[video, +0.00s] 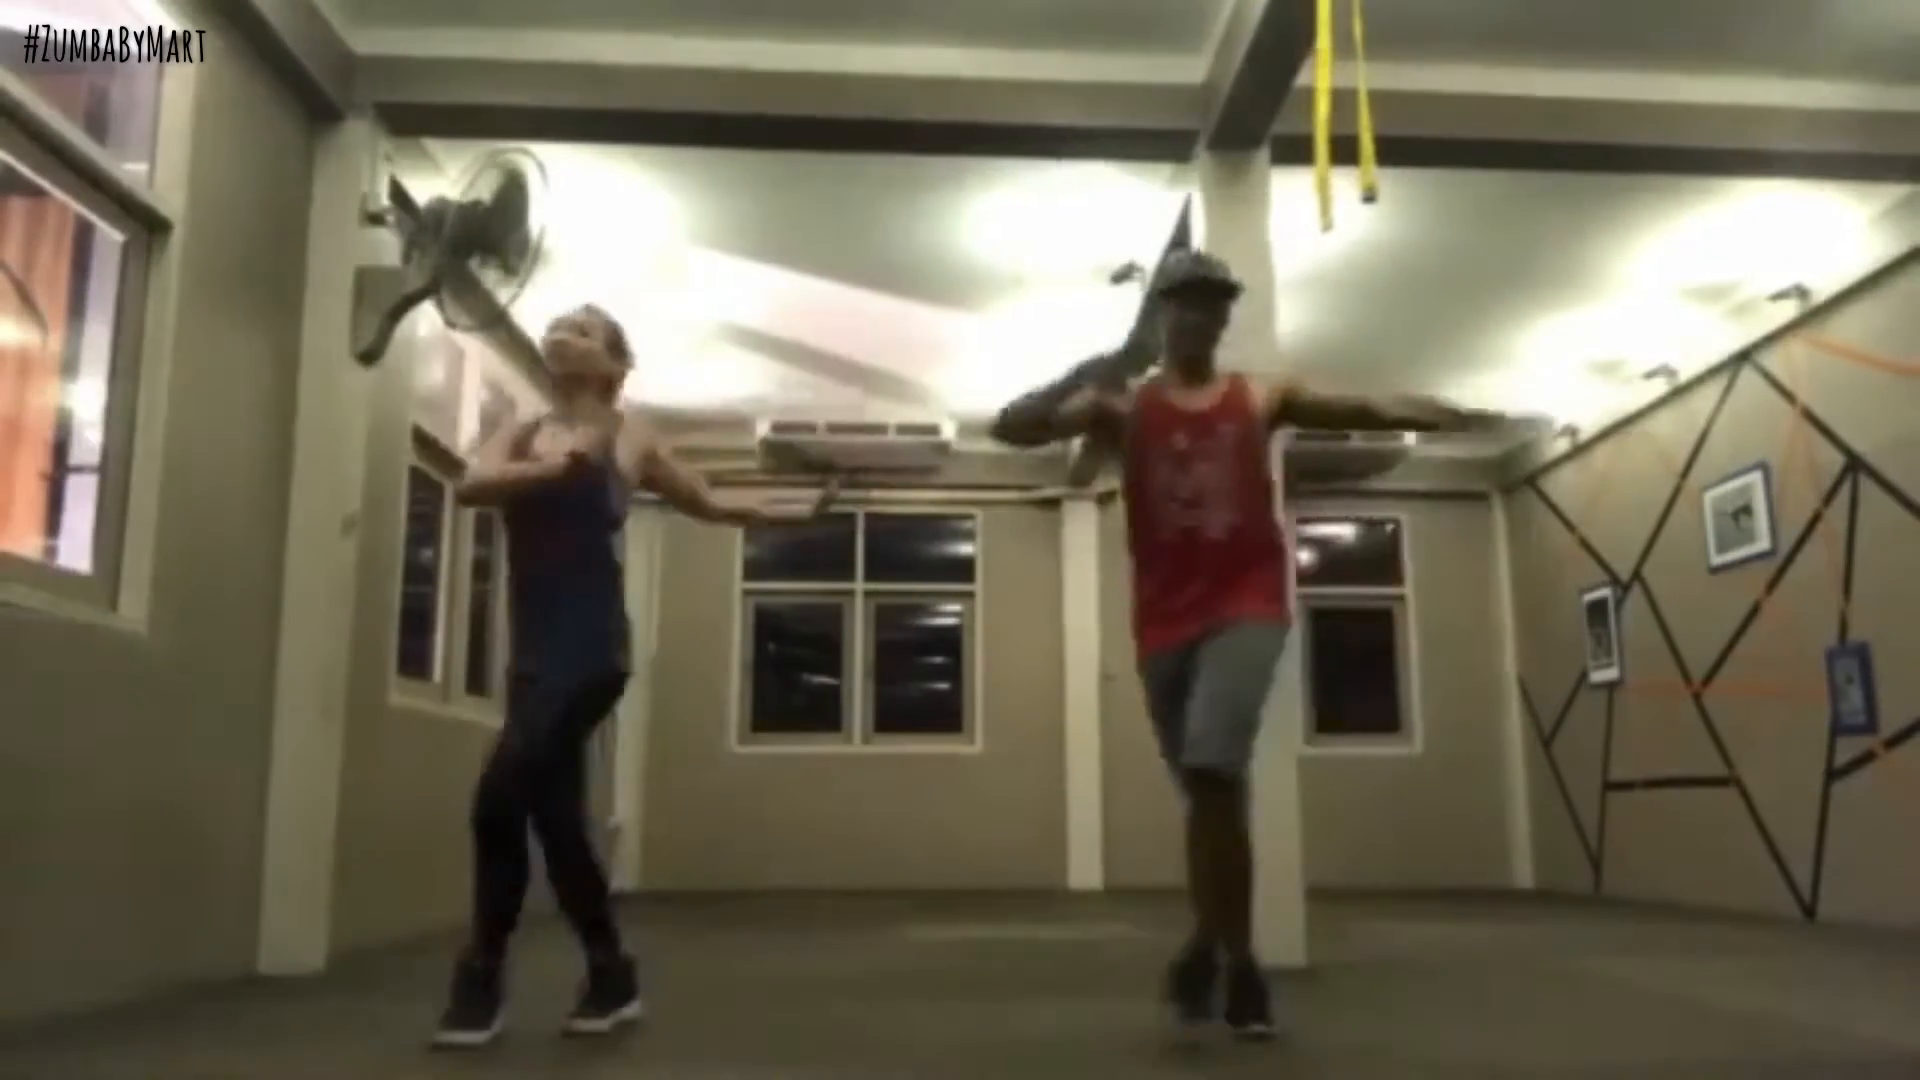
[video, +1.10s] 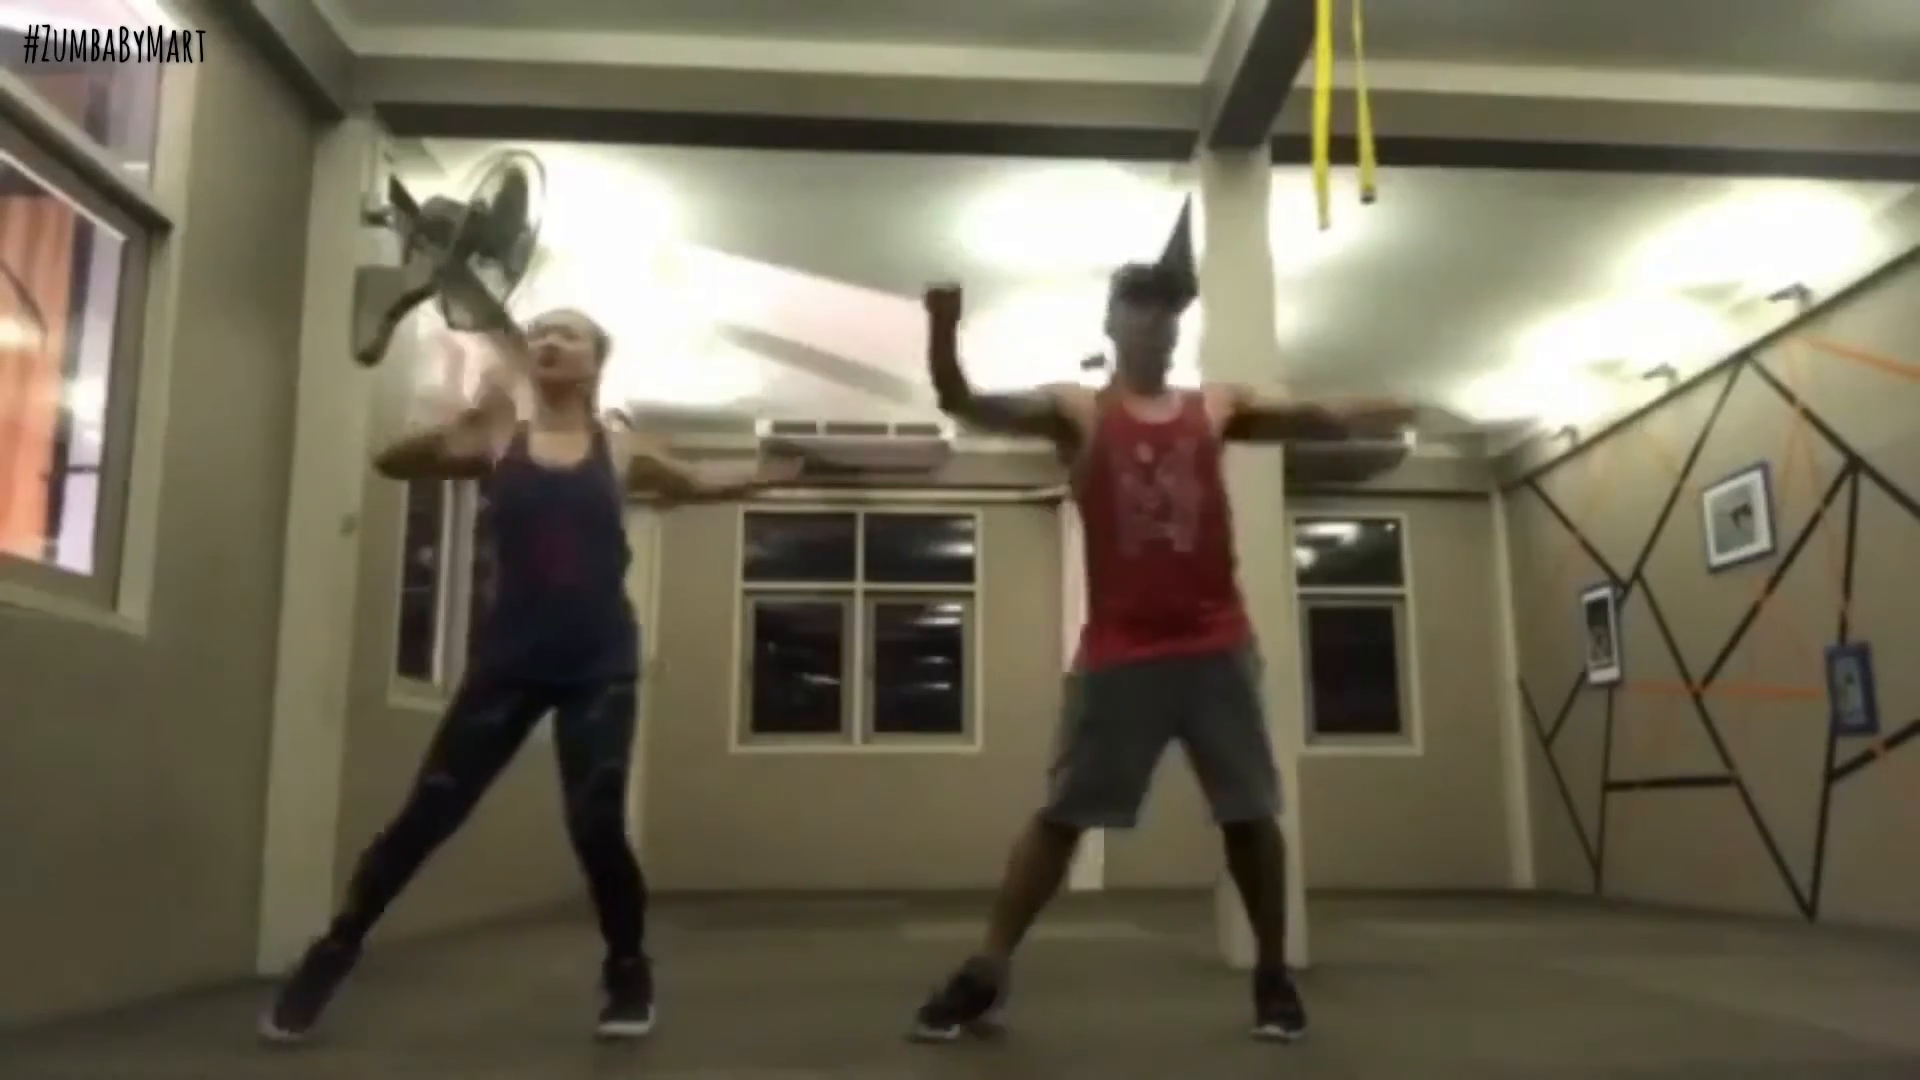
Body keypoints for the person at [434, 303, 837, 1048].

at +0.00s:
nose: (560, 335)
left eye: (582, 331)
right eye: (557, 328)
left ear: (614, 366)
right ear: (544, 356)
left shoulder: (629, 438)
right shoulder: (523, 427)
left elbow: (707, 504)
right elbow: (472, 483)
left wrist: (801, 509)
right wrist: (550, 470)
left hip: (593, 650)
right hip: (536, 651)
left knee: (499, 800)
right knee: (558, 822)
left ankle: (477, 990)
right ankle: (610, 975)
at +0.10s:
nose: (549, 339)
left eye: (567, 331)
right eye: (541, 330)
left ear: (598, 357)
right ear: (527, 351)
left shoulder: (612, 440)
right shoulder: (504, 427)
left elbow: (683, 517)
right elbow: (441, 474)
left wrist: (764, 525)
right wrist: (512, 461)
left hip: (572, 650)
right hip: (500, 647)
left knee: (502, 820)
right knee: (495, 826)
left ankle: (480, 996)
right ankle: (594, 975)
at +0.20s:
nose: (549, 336)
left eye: (566, 328)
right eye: (537, 324)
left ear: (586, 352)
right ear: (513, 341)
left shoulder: (602, 436)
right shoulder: (484, 429)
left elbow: (674, 518)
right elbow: (370, 458)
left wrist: (736, 483)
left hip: (564, 655)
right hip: (484, 651)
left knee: (508, 822)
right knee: (413, 805)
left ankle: (486, 993)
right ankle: (517, 917)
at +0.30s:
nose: (539, 337)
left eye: (554, 327)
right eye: (527, 324)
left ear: (575, 348)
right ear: (501, 341)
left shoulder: (587, 434)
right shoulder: (470, 431)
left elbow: (661, 498)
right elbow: (369, 447)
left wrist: (639, 446)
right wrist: (286, 413)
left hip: (548, 655)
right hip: (462, 648)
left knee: (513, 824)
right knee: (391, 799)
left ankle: (484, 994)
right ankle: (397, 913)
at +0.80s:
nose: (498, 340)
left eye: (513, 331)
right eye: (486, 327)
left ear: (535, 351)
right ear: (459, 341)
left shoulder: (546, 432)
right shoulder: (425, 421)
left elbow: (638, 470)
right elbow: (313, 429)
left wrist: (688, 435)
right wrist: (337, 355)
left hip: (504, 646)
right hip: (414, 640)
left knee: (514, 799)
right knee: (358, 805)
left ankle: (568, 935)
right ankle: (287, 963)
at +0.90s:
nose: (507, 347)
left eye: (523, 338)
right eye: (498, 334)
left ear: (548, 359)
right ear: (478, 349)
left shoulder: (562, 444)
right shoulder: (446, 436)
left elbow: (658, 487)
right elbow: (367, 465)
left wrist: (758, 479)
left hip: (526, 660)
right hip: (436, 655)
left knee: (532, 820)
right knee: (368, 814)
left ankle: (620, 969)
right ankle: (287, 972)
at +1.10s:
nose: (549, 344)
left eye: (567, 335)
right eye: (540, 336)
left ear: (598, 362)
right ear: (525, 357)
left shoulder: (618, 447)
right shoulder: (500, 442)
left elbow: (685, 485)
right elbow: (391, 462)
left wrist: (769, 476)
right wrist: (454, 433)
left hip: (598, 659)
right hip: (511, 657)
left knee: (597, 826)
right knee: (428, 815)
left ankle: (629, 982)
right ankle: (331, 959)